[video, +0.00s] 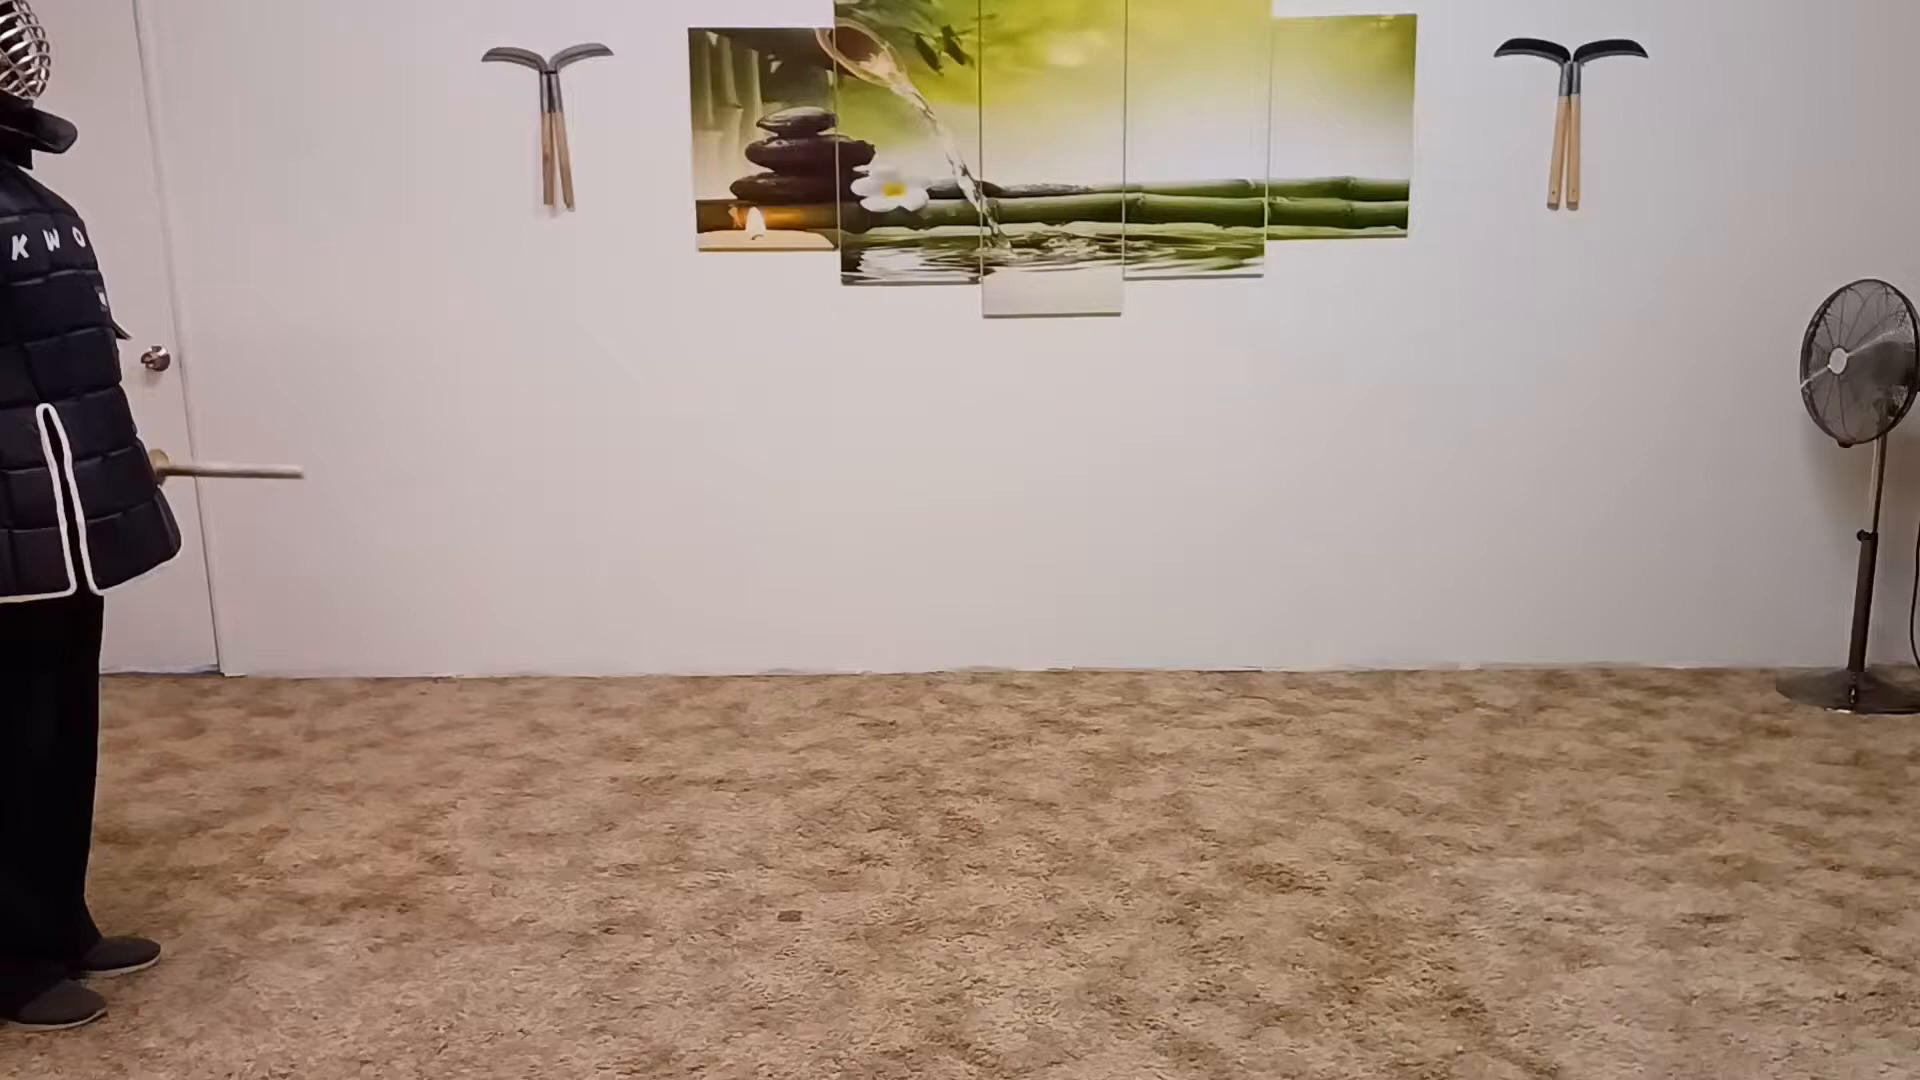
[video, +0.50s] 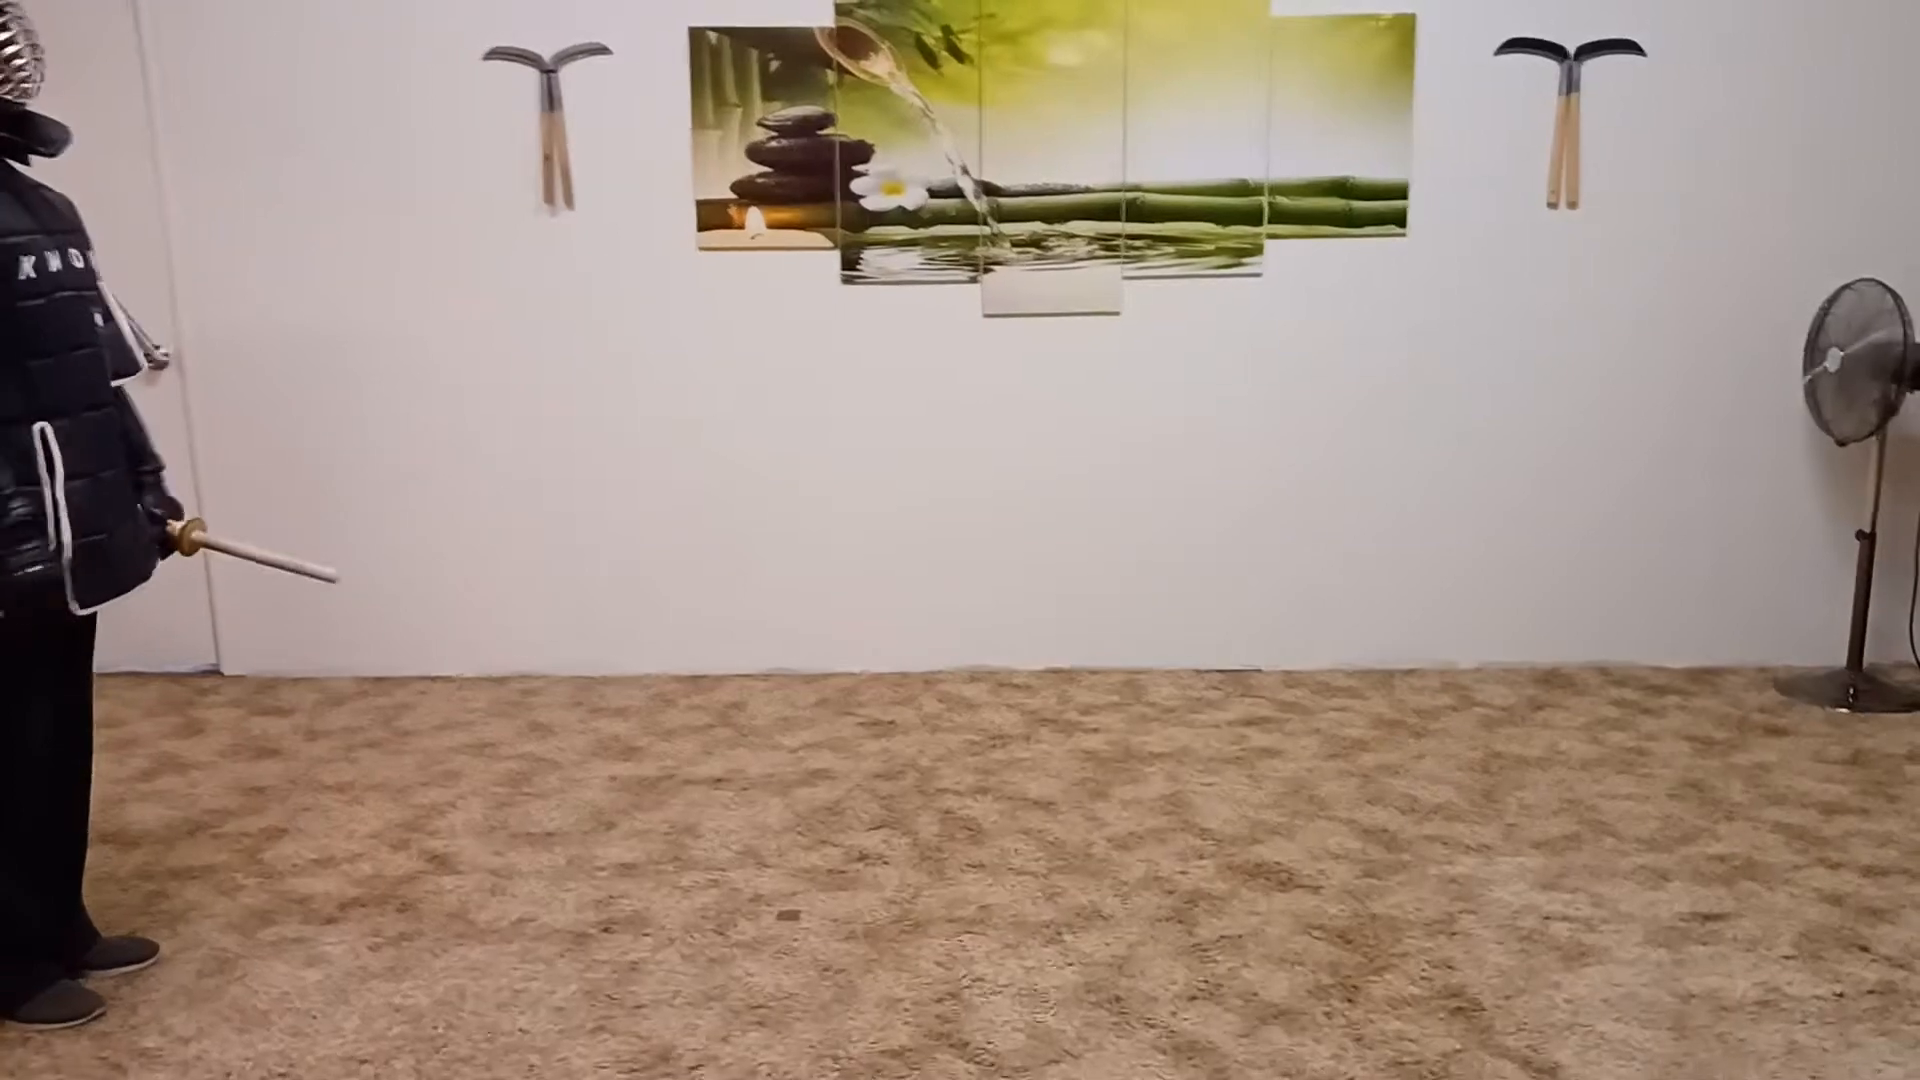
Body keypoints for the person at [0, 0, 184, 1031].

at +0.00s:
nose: (28, 87)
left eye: (27, 72)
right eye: (19, 70)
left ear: (21, 92)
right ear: (3, 90)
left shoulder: (44, 202)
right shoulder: (10, 210)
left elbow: (74, 362)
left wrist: (128, 487)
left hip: (69, 541)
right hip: (12, 554)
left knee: (65, 741)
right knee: (13, 753)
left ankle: (63, 931)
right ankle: (13, 968)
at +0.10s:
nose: (30, 82)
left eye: (26, 67)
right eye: (21, 65)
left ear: (17, 82)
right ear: (6, 80)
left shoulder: (39, 196)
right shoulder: (5, 202)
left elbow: (69, 356)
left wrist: (125, 463)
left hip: (67, 537)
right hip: (11, 551)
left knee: (63, 741)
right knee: (11, 752)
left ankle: (61, 931)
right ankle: (11, 968)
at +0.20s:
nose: (23, 64)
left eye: (22, 49)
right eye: (12, 50)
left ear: (23, 72)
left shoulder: (41, 196)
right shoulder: (7, 202)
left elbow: (78, 333)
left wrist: (128, 345)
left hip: (75, 533)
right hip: (15, 545)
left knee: (64, 743)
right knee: (13, 753)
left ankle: (63, 932)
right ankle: (14, 969)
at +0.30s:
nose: (22, 76)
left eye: (21, 60)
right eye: (14, 60)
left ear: (18, 74)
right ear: (3, 75)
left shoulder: (40, 194)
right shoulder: (7, 197)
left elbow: (70, 324)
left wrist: (129, 332)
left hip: (66, 533)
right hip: (10, 544)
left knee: (60, 740)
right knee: (9, 751)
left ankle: (59, 931)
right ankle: (10, 968)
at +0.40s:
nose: (20, 68)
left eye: (19, 53)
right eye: (11, 54)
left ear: (18, 71)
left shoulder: (42, 204)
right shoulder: (7, 205)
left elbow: (83, 378)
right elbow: (30, 389)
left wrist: (139, 496)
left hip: (63, 539)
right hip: (7, 551)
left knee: (54, 748)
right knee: (5, 757)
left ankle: (57, 931)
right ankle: (8, 968)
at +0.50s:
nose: (23, 68)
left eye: (24, 54)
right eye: (13, 54)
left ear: (26, 72)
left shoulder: (48, 206)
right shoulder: (7, 205)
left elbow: (94, 373)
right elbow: (30, 382)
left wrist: (152, 490)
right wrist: (25, 543)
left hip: (68, 540)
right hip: (13, 550)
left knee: (61, 741)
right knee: (11, 750)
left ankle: (61, 931)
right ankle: (12, 968)